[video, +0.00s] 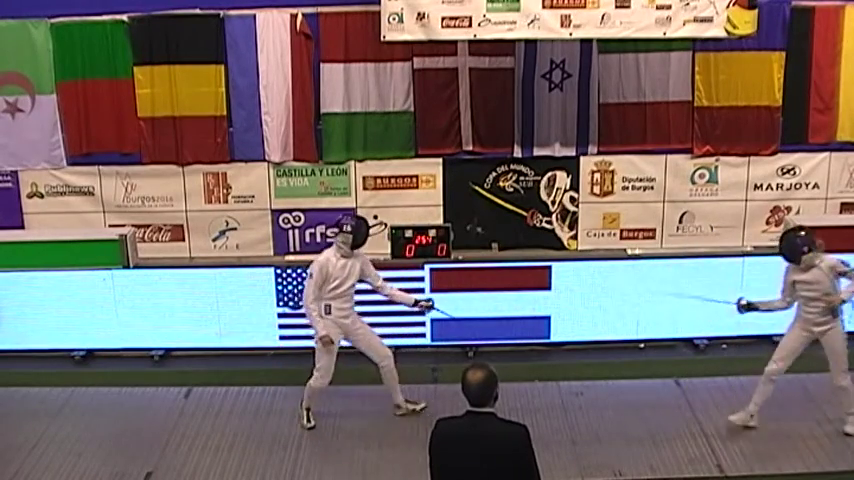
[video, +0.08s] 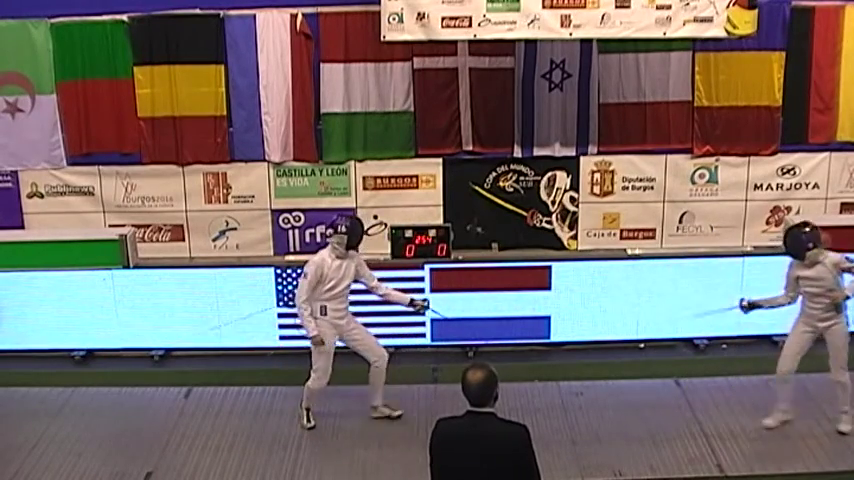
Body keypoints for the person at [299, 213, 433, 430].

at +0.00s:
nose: (342, 239)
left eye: (348, 236)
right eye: (341, 233)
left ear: (358, 241)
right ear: (337, 234)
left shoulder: (360, 261)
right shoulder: (322, 262)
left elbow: (383, 288)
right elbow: (309, 301)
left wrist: (414, 302)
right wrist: (320, 330)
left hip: (351, 320)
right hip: (326, 322)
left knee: (385, 358)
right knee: (322, 376)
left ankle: (400, 404)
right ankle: (306, 407)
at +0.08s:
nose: (358, 244)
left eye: (355, 239)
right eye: (355, 239)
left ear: (353, 240)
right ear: (342, 237)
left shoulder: (355, 260)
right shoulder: (318, 262)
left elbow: (378, 289)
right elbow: (301, 300)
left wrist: (410, 301)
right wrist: (312, 331)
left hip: (345, 320)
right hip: (321, 322)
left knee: (379, 357)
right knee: (321, 375)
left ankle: (377, 407)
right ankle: (305, 408)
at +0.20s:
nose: (333, 247)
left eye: (338, 243)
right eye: (331, 242)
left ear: (345, 246)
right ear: (326, 242)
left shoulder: (349, 265)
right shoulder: (314, 269)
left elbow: (372, 293)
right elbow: (295, 306)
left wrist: (404, 302)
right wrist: (301, 339)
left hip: (342, 328)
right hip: (319, 329)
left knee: (373, 365)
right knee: (320, 384)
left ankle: (350, 408)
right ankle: (305, 407)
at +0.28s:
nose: (331, 249)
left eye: (337, 246)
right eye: (329, 244)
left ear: (346, 250)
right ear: (325, 244)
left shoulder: (349, 267)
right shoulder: (313, 271)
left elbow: (371, 294)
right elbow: (295, 309)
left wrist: (404, 306)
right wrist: (301, 343)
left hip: (342, 329)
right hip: (320, 332)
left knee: (378, 364)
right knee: (321, 387)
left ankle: (353, 405)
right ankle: (305, 406)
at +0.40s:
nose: (335, 245)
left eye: (340, 242)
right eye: (333, 240)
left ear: (350, 246)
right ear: (328, 241)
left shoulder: (354, 264)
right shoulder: (317, 269)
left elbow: (376, 291)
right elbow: (302, 308)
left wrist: (410, 302)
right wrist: (311, 339)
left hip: (348, 325)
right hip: (325, 328)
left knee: (386, 358)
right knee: (323, 383)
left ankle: (378, 407)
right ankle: (306, 408)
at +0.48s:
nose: (340, 241)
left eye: (346, 238)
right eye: (338, 237)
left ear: (356, 243)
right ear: (335, 238)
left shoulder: (361, 261)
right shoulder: (324, 265)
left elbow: (386, 287)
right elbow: (311, 303)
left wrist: (419, 297)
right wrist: (323, 334)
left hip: (355, 322)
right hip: (331, 324)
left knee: (391, 359)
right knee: (325, 380)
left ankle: (404, 407)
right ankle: (306, 408)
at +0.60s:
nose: (356, 243)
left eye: (361, 239)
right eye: (353, 237)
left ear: (370, 244)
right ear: (349, 238)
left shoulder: (375, 261)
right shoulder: (338, 266)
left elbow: (403, 283)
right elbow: (330, 307)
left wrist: (440, 290)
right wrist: (346, 333)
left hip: (370, 325)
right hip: (345, 328)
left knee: (406, 361)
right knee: (329, 378)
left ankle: (419, 408)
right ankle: (307, 406)